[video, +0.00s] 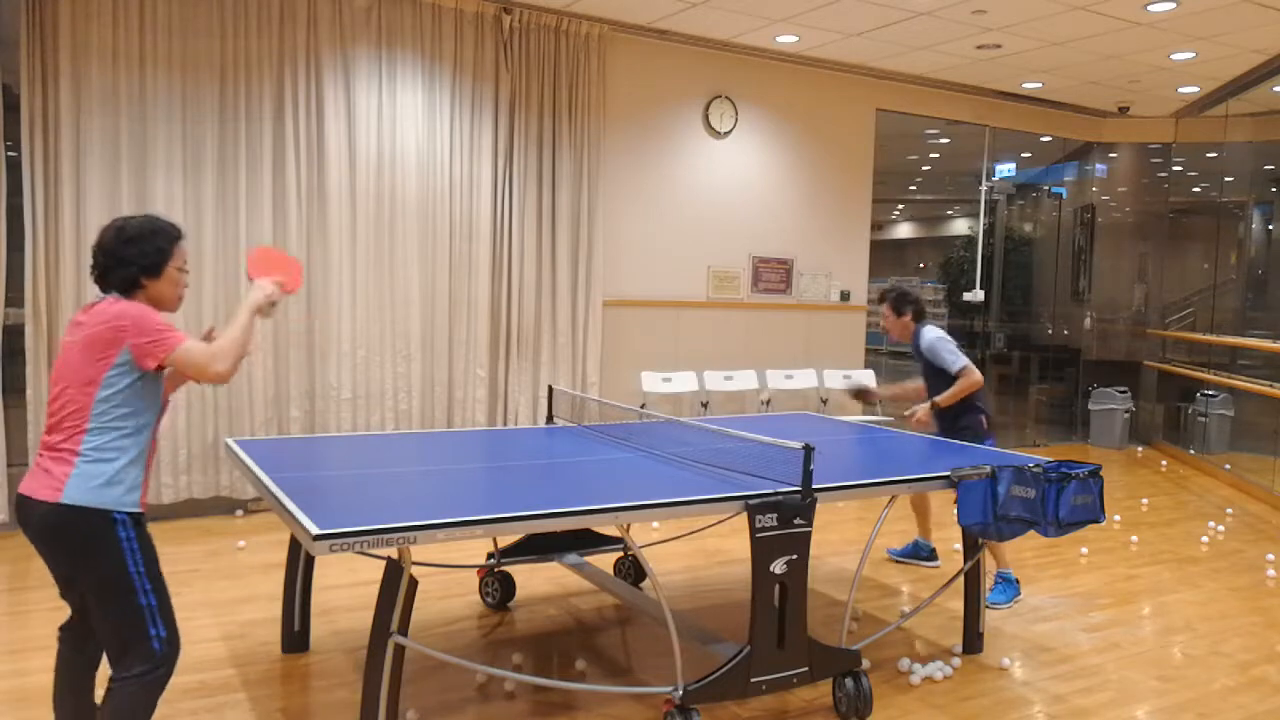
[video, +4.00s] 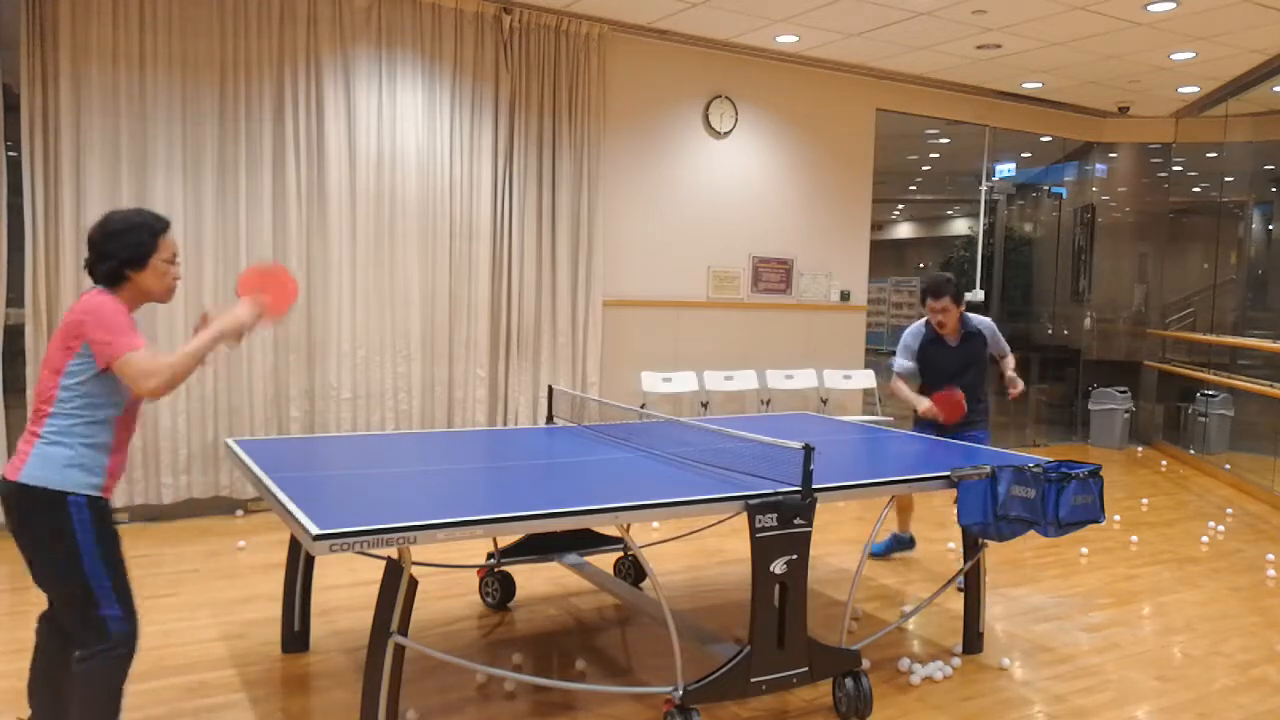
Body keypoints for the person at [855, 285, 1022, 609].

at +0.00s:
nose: (883, 326)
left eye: (886, 318)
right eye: (882, 319)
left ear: (906, 316)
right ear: (904, 316)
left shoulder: (931, 339)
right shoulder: (920, 341)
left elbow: (973, 378)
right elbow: (931, 386)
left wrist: (933, 405)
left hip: (971, 434)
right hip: (948, 433)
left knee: (978, 504)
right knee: (914, 479)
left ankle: (1006, 577)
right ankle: (924, 545)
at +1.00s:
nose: (925, 326)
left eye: (933, 319)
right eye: (921, 318)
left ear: (950, 318)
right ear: (915, 315)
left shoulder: (969, 342)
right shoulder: (900, 340)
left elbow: (987, 372)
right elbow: (879, 383)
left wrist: (988, 401)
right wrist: (901, 388)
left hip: (954, 431)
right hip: (909, 431)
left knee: (959, 494)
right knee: (884, 477)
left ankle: (965, 559)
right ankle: (869, 530)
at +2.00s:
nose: (895, 313)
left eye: (901, 305)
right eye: (893, 306)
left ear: (924, 305)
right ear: (910, 308)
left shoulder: (943, 332)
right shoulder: (926, 336)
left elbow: (988, 371)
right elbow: (952, 377)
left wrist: (947, 398)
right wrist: (937, 403)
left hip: (971, 434)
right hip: (945, 431)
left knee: (970, 502)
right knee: (917, 479)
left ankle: (994, 573)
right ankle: (917, 545)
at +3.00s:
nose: (911, 323)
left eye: (913, 316)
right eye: (910, 316)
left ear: (932, 314)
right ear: (931, 313)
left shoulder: (961, 336)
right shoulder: (946, 340)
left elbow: (1003, 377)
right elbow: (952, 380)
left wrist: (963, 409)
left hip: (996, 437)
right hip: (971, 434)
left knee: (998, 510)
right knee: (939, 477)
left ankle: (1035, 585)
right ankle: (941, 547)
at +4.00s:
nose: (938, 318)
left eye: (944, 311)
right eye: (932, 311)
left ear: (960, 306)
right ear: (925, 308)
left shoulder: (983, 327)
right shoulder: (914, 335)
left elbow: (1005, 355)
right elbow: (897, 382)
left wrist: (1009, 373)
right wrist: (919, 401)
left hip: (972, 423)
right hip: (930, 423)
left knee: (973, 488)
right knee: (901, 475)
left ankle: (973, 562)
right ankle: (903, 534)